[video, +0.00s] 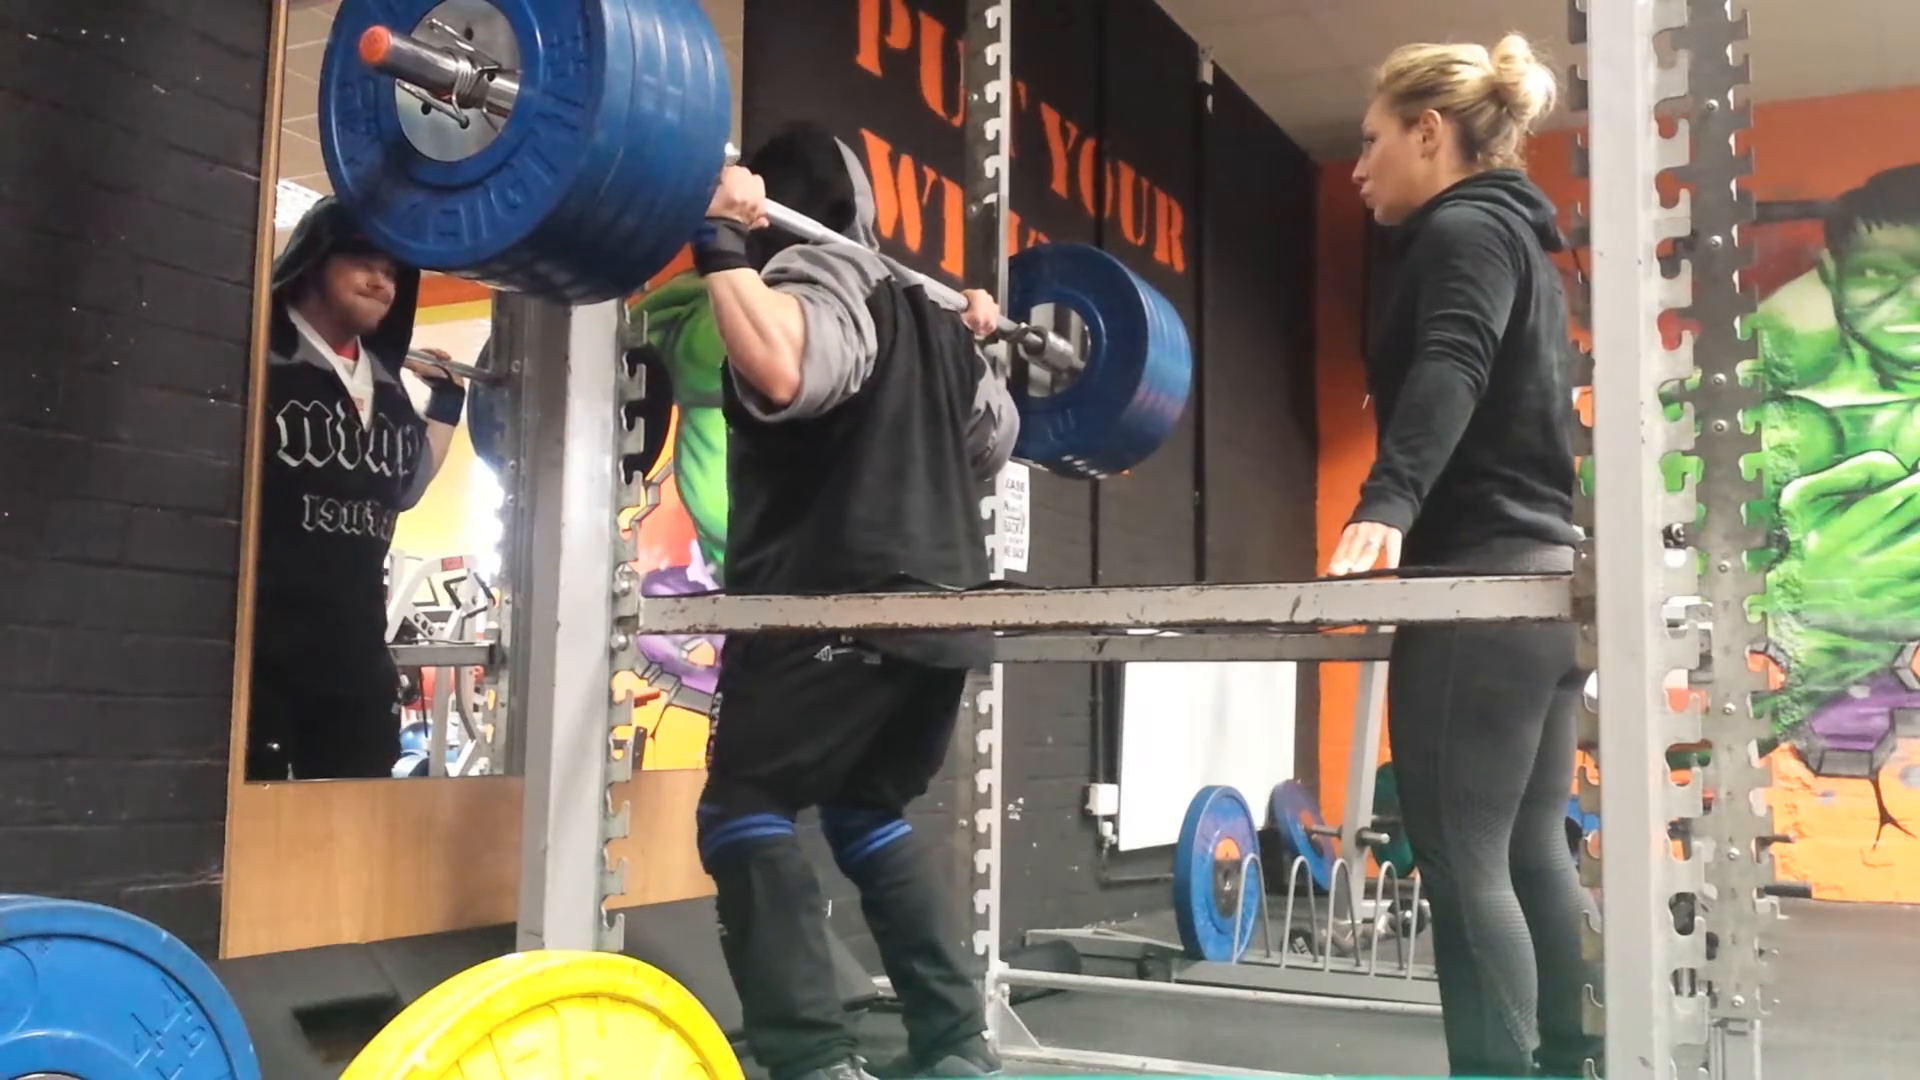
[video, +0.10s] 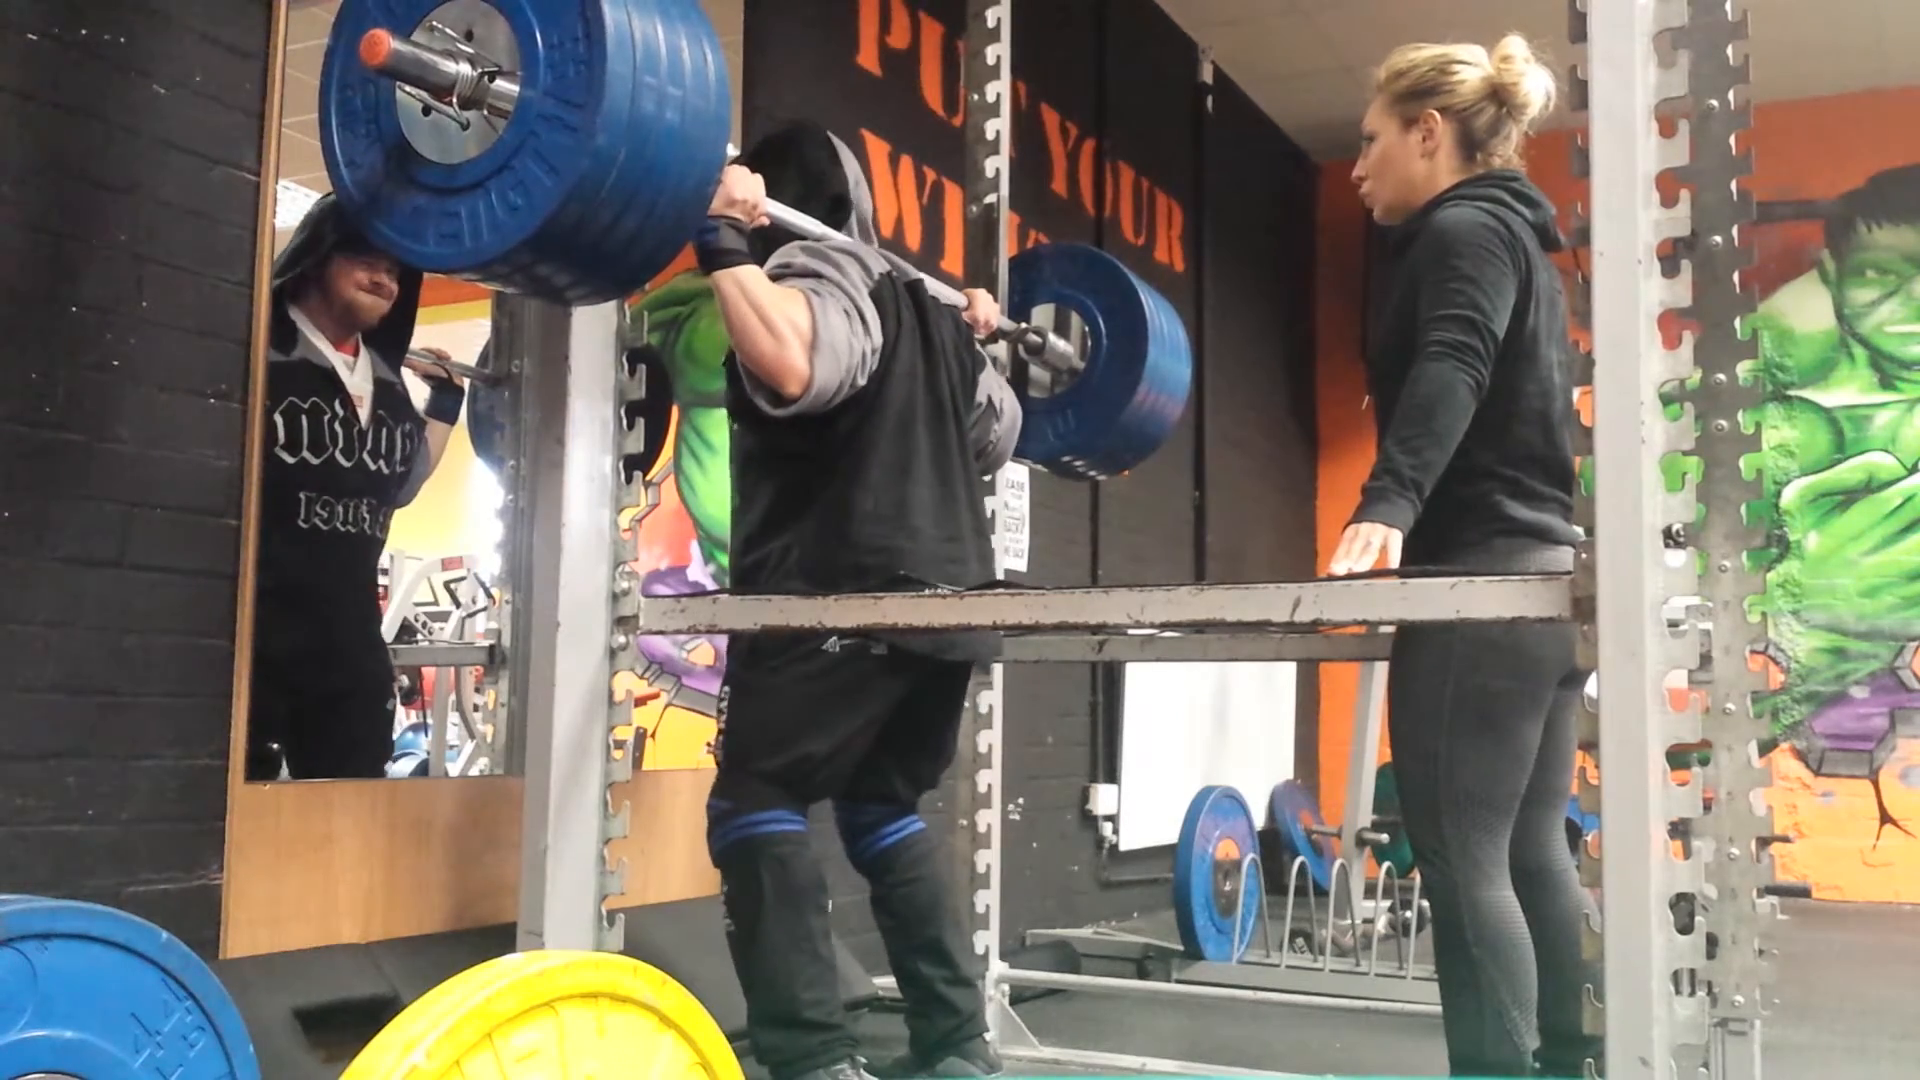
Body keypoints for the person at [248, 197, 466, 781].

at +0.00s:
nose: (379, 282)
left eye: (390, 272)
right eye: (361, 263)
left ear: (400, 292)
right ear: (314, 269)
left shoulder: (392, 389)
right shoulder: (259, 355)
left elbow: (405, 492)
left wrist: (448, 401)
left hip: (354, 639)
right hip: (261, 628)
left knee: (356, 813)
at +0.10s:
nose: (382, 280)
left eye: (393, 271)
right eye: (364, 262)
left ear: (402, 291)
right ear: (317, 266)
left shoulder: (393, 387)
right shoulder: (257, 347)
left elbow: (401, 489)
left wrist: (447, 399)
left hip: (348, 627)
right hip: (254, 617)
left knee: (348, 815)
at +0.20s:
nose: (383, 280)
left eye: (395, 271)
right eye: (366, 261)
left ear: (405, 291)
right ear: (321, 265)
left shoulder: (392, 386)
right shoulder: (257, 346)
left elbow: (397, 488)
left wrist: (445, 401)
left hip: (343, 625)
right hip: (249, 615)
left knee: (344, 815)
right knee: (226, 806)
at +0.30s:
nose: (387, 283)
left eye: (398, 274)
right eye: (370, 263)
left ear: (406, 294)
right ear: (325, 263)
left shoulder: (391, 386)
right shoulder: (257, 344)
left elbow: (393, 487)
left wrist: (444, 402)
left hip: (338, 621)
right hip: (248, 611)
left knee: (336, 808)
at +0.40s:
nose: (388, 282)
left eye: (399, 274)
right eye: (372, 262)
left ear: (407, 292)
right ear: (326, 262)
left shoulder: (388, 381)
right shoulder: (258, 341)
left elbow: (392, 483)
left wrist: (443, 399)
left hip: (335, 613)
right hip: (248, 601)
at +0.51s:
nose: (388, 278)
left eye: (400, 269)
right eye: (372, 258)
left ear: (408, 288)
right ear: (327, 257)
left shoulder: (388, 379)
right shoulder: (256, 336)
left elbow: (392, 480)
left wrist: (443, 395)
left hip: (334, 620)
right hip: (247, 606)